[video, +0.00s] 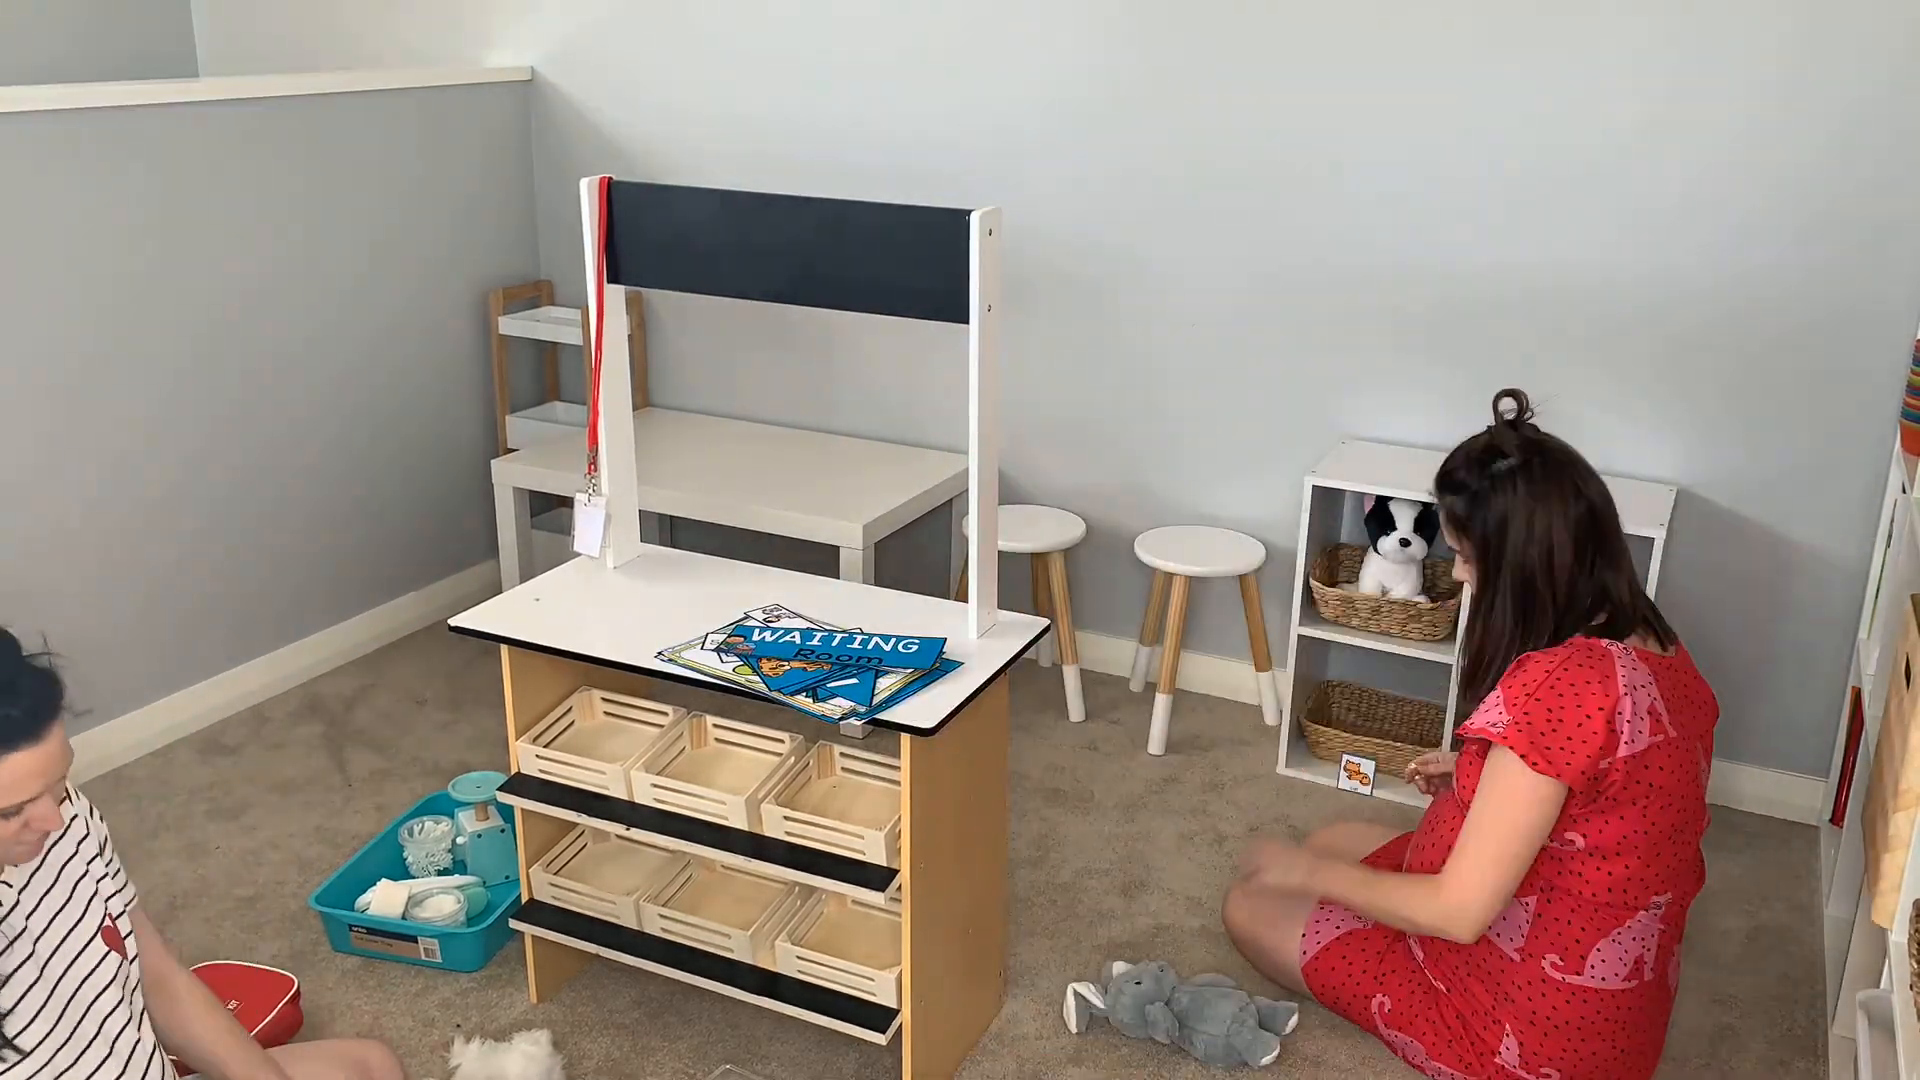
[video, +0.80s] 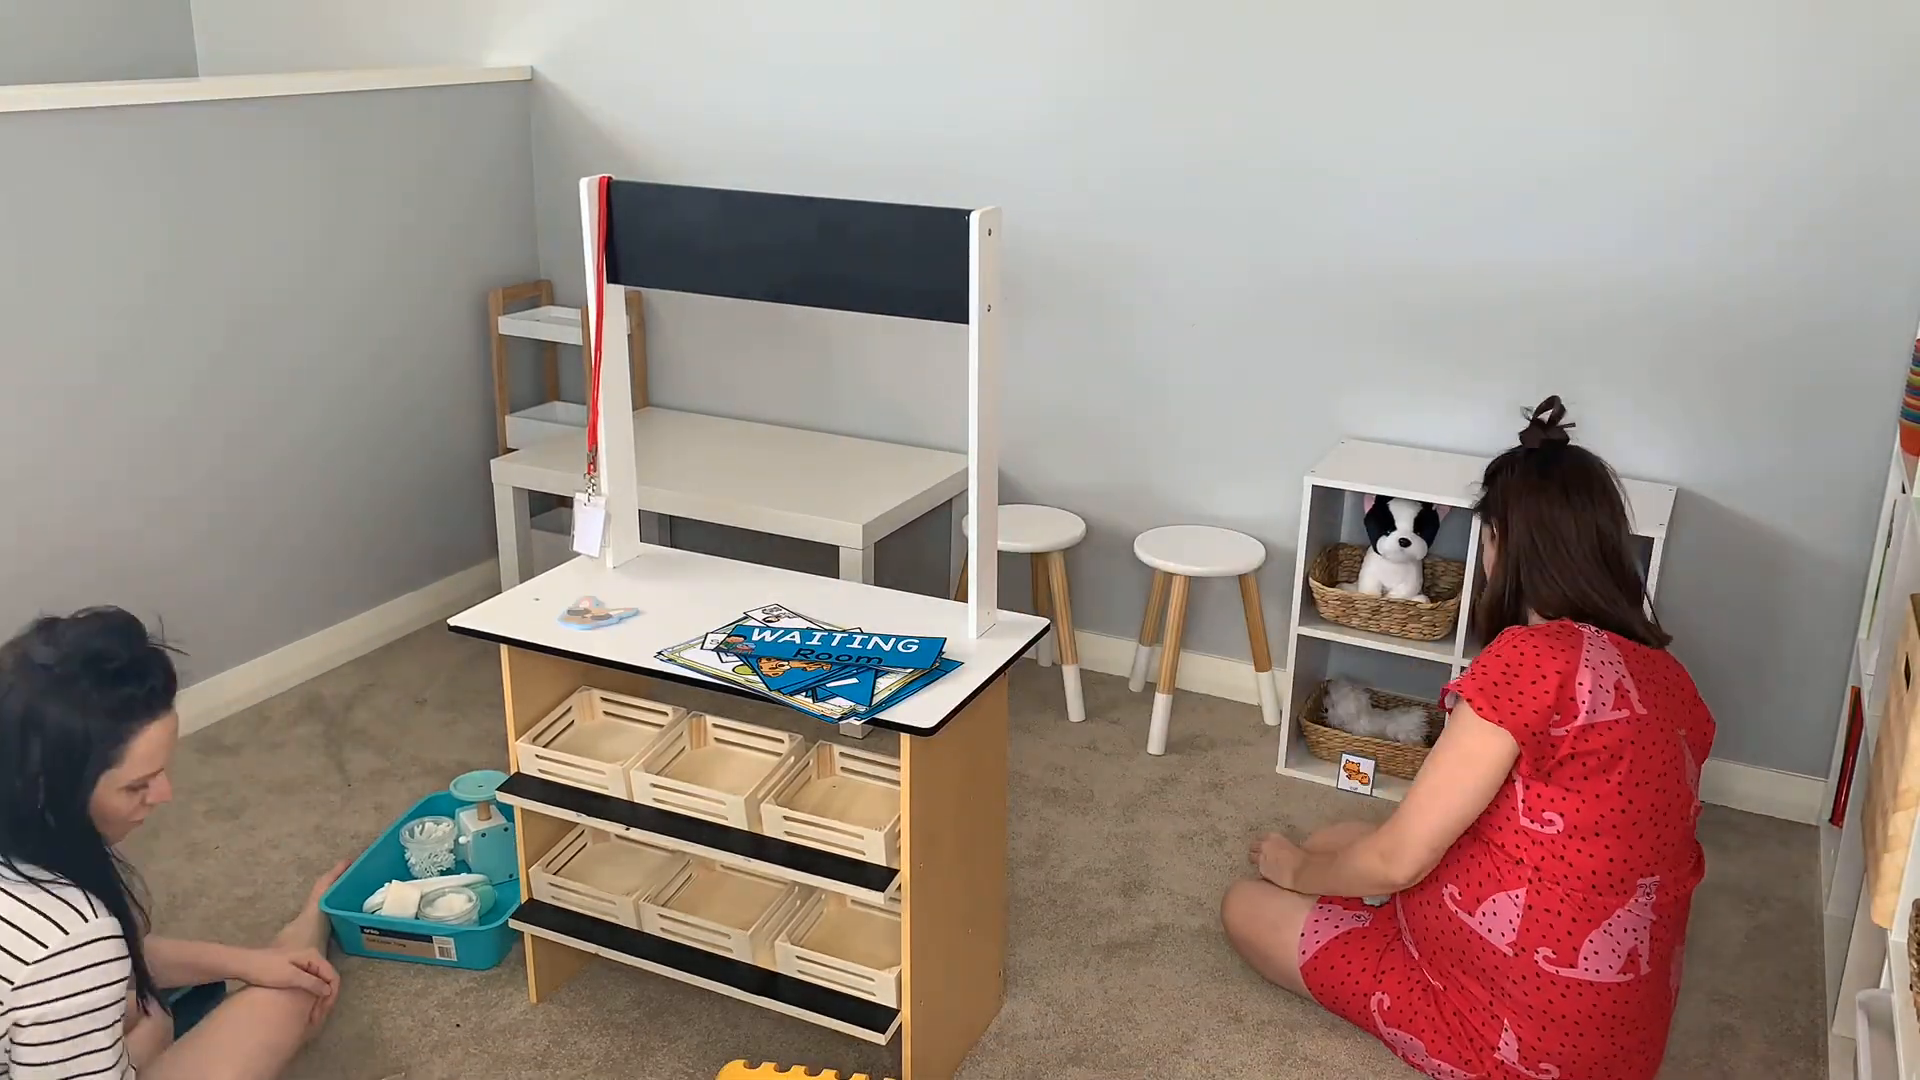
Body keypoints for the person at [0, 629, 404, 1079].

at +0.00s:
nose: (53, 822)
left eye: (58, 788)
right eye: (16, 811)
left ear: (61, 752)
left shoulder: (72, 816)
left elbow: (160, 979)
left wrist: (266, 1070)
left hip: (162, 1067)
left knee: (374, 1062)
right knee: (371, 1063)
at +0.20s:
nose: (48, 705)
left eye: (23, 684)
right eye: (8, 706)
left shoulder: (44, 802)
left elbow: (81, 929)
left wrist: (167, 963)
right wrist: (125, 1066)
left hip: (133, 1040)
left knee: (373, 1063)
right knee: (370, 1064)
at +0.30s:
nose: (13, 815)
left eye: (20, 775)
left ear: (30, 747)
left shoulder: (35, 797)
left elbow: (68, 943)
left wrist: (167, 986)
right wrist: (146, 1073)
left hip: (141, 1048)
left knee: (373, 1063)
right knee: (370, 1064)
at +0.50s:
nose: (113, 822)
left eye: (114, 791)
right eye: (79, 809)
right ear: (3, 802)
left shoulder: (54, 841)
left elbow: (88, 949)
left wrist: (199, 982)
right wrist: (261, 1068)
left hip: (160, 1059)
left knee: (375, 1062)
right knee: (372, 1063)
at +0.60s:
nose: (14, 716)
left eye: (7, 691)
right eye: (4, 697)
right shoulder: (24, 895)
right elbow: (214, 1039)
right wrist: (379, 1068)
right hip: (82, 1070)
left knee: (250, 933)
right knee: (248, 934)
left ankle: (304, 939)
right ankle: (313, 935)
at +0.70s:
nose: (101, 781)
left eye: (97, 753)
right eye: (71, 772)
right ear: (2, 775)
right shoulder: (22, 951)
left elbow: (68, 931)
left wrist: (232, 953)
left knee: (142, 998)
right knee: (279, 995)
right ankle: (315, 919)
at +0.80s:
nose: (164, 795)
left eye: (163, 770)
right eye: (138, 786)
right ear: (52, 784)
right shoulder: (71, 933)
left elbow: (110, 950)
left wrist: (248, 963)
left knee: (149, 1013)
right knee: (280, 1004)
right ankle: (316, 916)